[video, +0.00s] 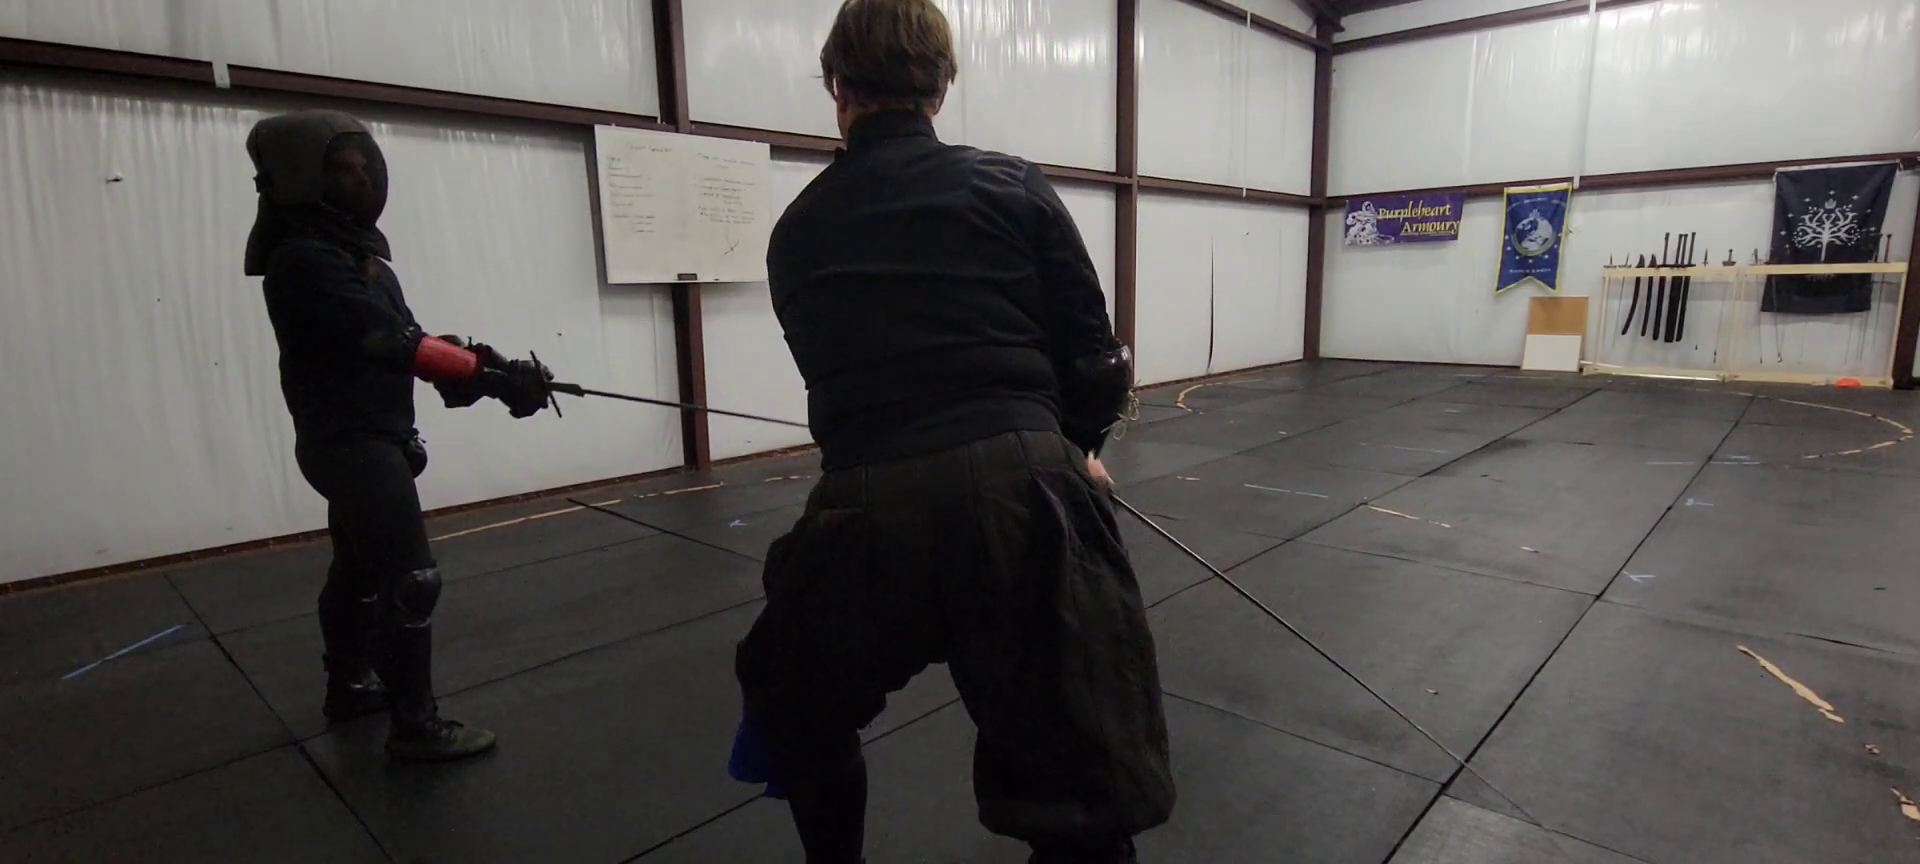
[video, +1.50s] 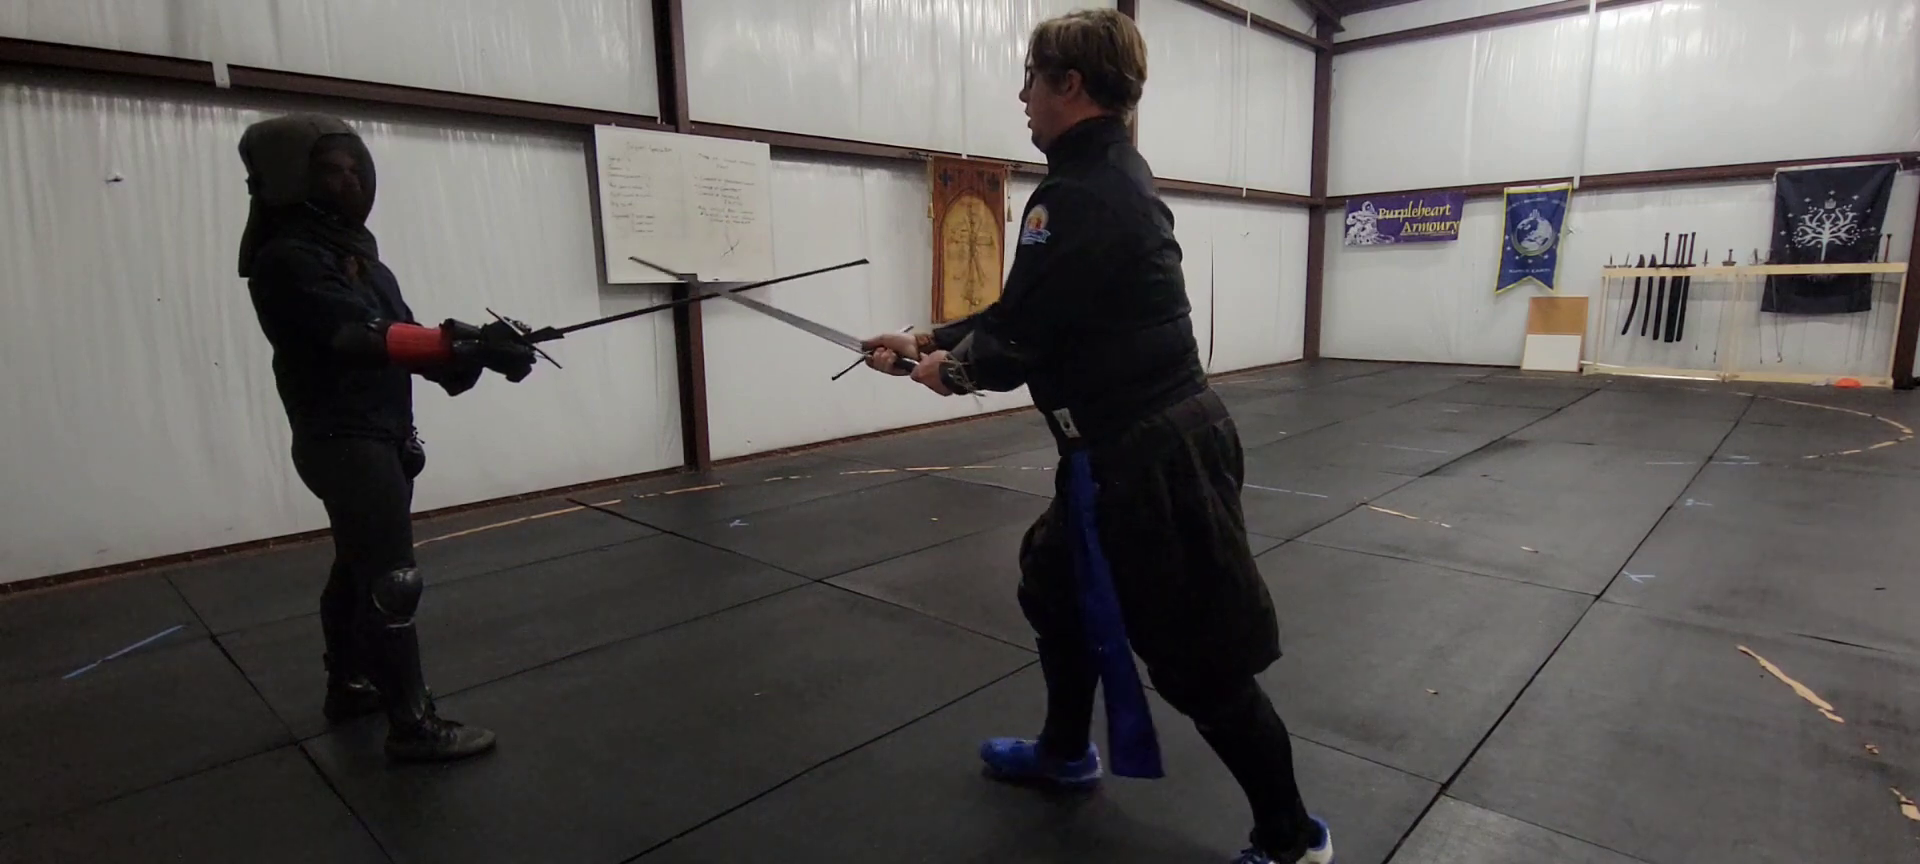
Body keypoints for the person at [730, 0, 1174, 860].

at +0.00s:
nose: (834, 99)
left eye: (832, 87)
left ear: (840, 92)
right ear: (939, 89)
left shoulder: (795, 230)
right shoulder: (1013, 183)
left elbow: (840, 386)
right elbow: (1095, 361)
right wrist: (1071, 448)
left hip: (867, 517)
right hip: (1025, 495)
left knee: (804, 703)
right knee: (1069, 768)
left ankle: (833, 851)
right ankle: (1082, 848)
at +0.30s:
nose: (812, 60)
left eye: (814, 45)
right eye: (816, 44)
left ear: (825, 49)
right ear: (913, 55)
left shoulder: (769, 179)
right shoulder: (982, 160)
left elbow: (780, 315)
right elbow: (1036, 328)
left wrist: (868, 346)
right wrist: (938, 359)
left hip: (839, 455)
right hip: (986, 443)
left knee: (823, 708)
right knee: (1039, 692)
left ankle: (835, 856)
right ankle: (1097, 851)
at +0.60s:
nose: (891, 80)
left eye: (895, 63)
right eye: (893, 62)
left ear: (918, 66)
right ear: (981, 72)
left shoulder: (864, 182)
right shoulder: (1033, 184)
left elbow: (794, 331)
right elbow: (1012, 310)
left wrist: (860, 373)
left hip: (914, 450)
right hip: (1037, 439)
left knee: (859, 678)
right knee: (1029, 626)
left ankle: (843, 853)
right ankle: (1074, 780)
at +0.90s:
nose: (958, 64)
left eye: (970, 50)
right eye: (963, 49)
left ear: (1008, 62)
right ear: (1028, 67)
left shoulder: (988, 174)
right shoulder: (1070, 159)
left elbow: (927, 308)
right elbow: (1023, 295)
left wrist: (891, 349)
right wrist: (901, 324)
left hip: (1028, 423)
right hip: (1105, 404)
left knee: (994, 629)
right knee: (1075, 606)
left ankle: (1043, 811)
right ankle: (1079, 780)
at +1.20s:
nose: (1001, 80)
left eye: (1011, 64)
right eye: (1006, 64)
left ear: (1049, 73)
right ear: (1064, 78)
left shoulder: (1063, 178)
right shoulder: (1075, 164)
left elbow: (1018, 323)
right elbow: (1029, 310)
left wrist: (951, 375)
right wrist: (936, 343)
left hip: (1127, 439)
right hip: (1101, 433)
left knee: (1172, 651)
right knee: (1064, 614)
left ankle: (1282, 827)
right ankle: (1074, 784)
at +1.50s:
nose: (1024, 98)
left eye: (1033, 82)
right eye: (1027, 81)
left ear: (1072, 89)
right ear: (1091, 92)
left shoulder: (1082, 192)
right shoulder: (1106, 177)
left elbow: (1028, 334)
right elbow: (1026, 309)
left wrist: (951, 369)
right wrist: (928, 340)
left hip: (1153, 448)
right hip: (1147, 436)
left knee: (1197, 652)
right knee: (1052, 577)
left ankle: (1289, 838)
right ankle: (1064, 752)